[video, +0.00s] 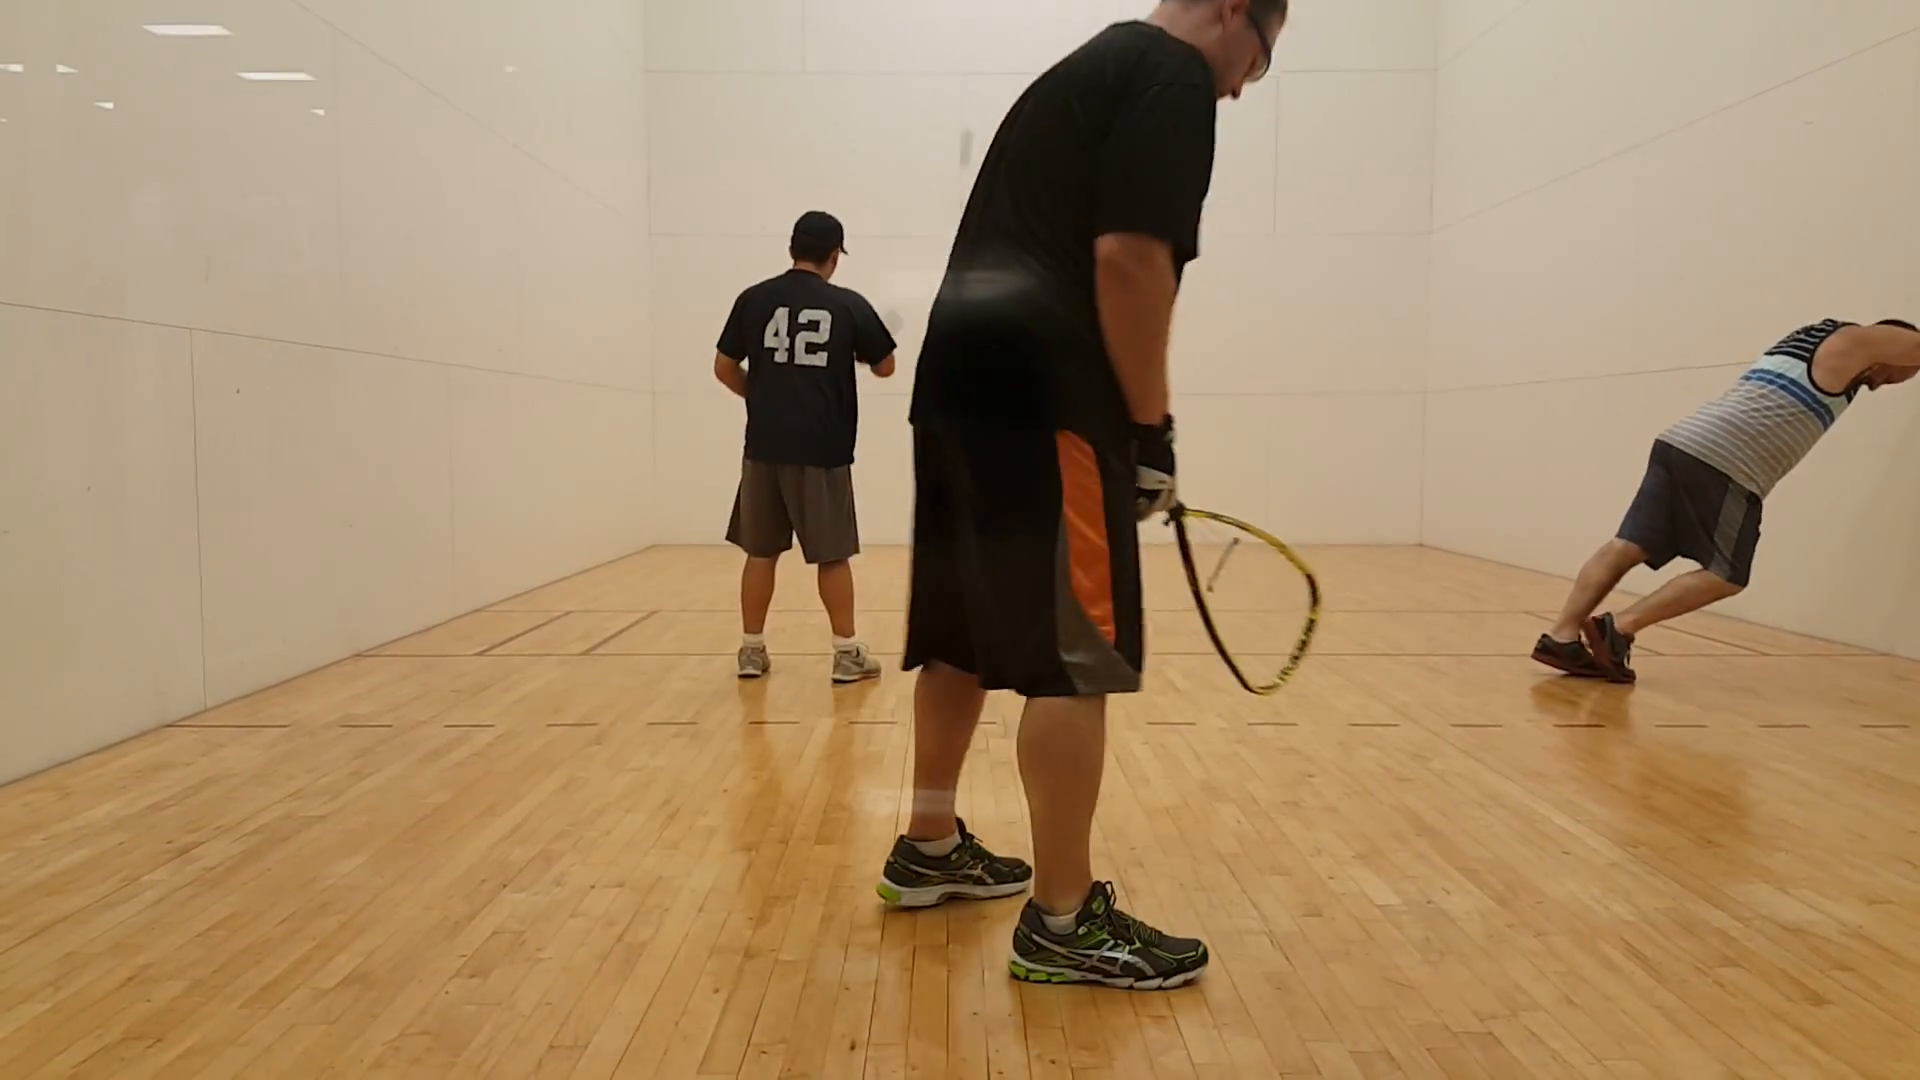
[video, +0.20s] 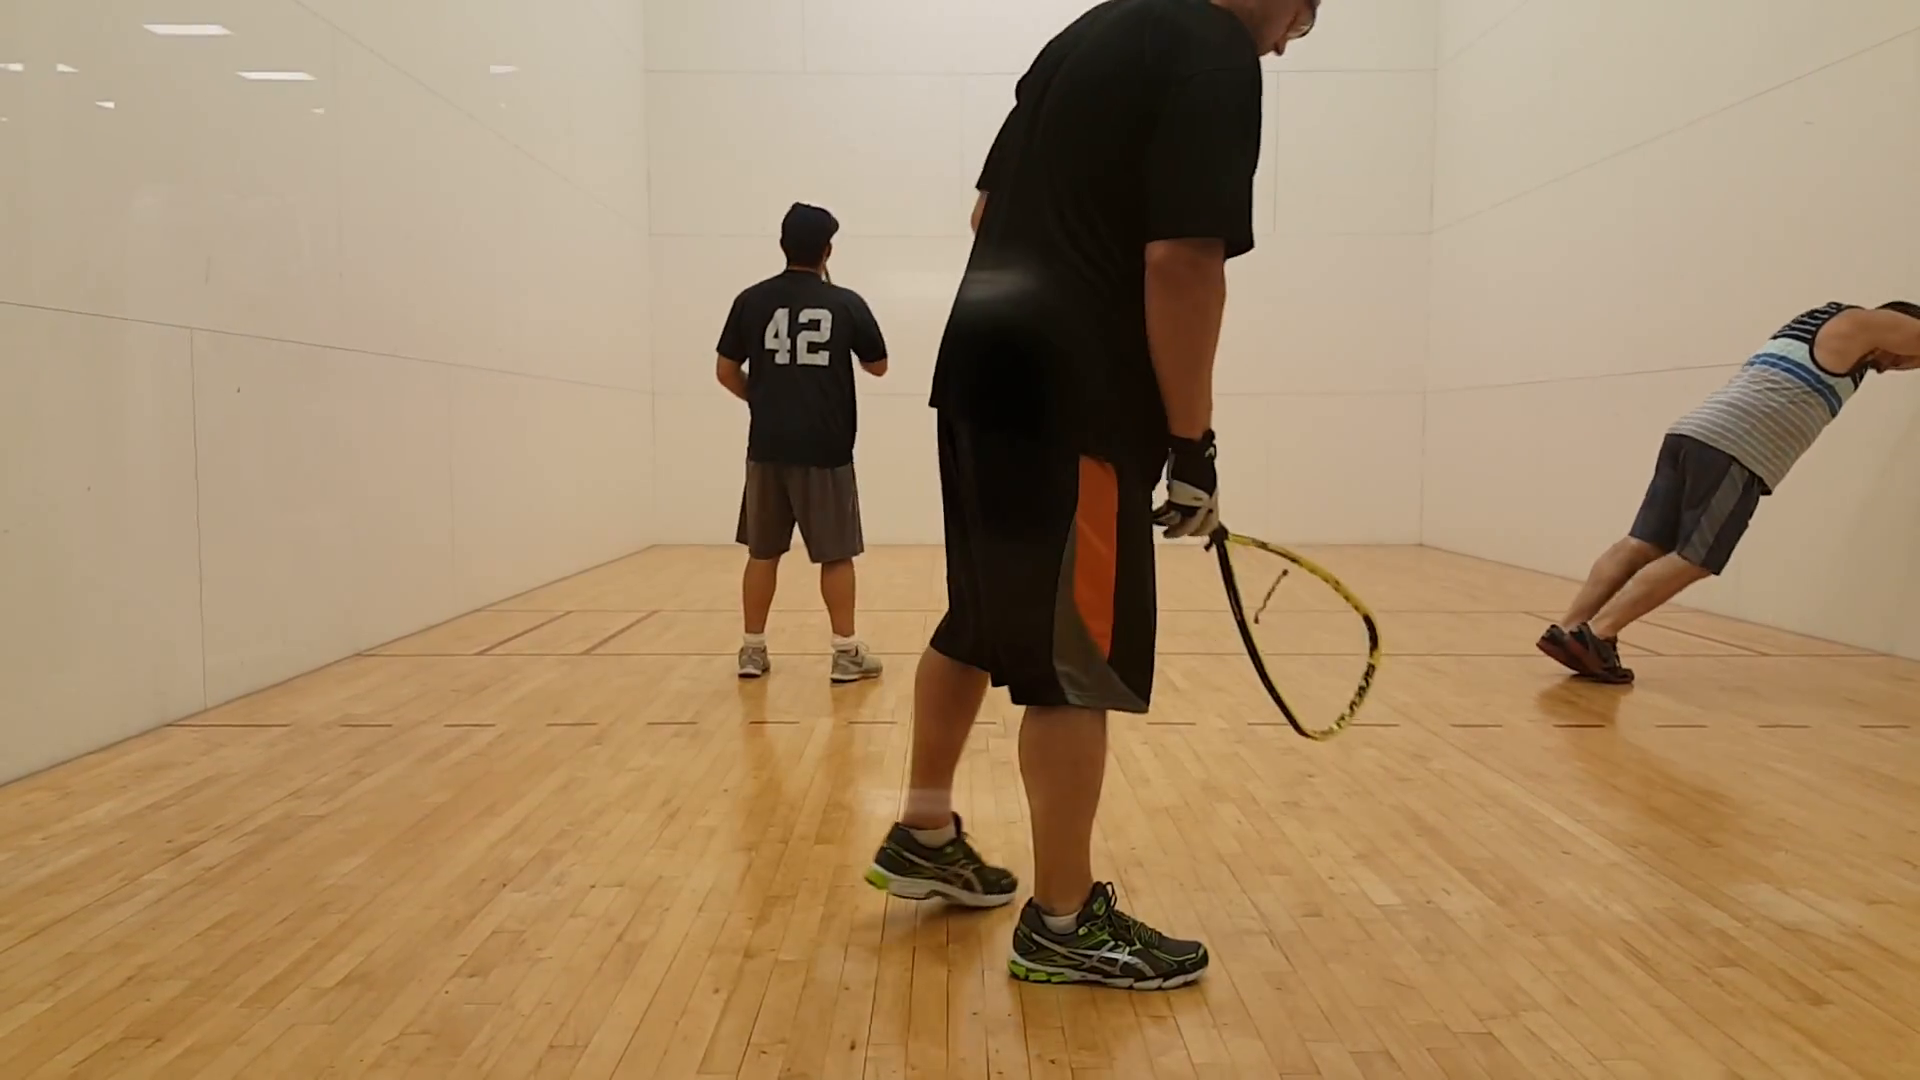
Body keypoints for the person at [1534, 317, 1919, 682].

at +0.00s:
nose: (1890, 384)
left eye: (1899, 377)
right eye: (1899, 372)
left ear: (1882, 345)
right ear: (1887, 348)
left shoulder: (1807, 337)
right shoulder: (1851, 347)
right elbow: (1917, 348)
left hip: (1679, 443)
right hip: (1729, 470)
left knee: (1629, 546)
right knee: (1726, 576)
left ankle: (1562, 636)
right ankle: (1618, 627)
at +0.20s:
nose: (1900, 367)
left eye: (1907, 361)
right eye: (1906, 356)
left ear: (1893, 329)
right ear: (1897, 330)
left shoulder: (1814, 322)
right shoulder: (1856, 326)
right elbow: (1918, 333)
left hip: (1690, 433)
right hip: (1732, 452)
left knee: (1644, 541)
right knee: (1697, 559)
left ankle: (1569, 627)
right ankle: (1598, 635)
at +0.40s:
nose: (1897, 369)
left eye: (1906, 364)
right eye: (1906, 359)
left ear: (1894, 333)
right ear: (1897, 333)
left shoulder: (1820, 330)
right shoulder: (1851, 325)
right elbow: (1919, 332)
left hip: (1705, 439)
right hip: (1730, 451)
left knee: (1665, 548)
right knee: (1675, 551)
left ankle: (1579, 625)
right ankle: (1588, 634)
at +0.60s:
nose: (1899, 384)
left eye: (1906, 377)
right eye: (1905, 372)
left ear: (1889, 357)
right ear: (1891, 353)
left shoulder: (1829, 356)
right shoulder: (1851, 341)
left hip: (1730, 467)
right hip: (1727, 461)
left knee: (1697, 574)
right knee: (1659, 549)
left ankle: (1585, 621)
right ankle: (1580, 641)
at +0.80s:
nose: (1899, 391)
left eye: (1906, 386)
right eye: (1905, 380)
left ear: (1892, 366)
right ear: (1892, 361)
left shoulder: (1826, 359)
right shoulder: (1853, 350)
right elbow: (1919, 350)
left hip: (1734, 477)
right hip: (1729, 468)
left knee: (1707, 581)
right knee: (1656, 554)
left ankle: (1594, 618)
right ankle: (1576, 644)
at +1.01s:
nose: (1900, 375)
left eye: (1908, 368)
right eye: (1907, 363)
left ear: (1891, 340)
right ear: (1895, 337)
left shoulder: (1825, 343)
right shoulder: (1851, 334)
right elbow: (1917, 336)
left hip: (1738, 464)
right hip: (1734, 459)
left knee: (1698, 570)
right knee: (1672, 552)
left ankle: (1587, 620)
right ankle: (1583, 637)